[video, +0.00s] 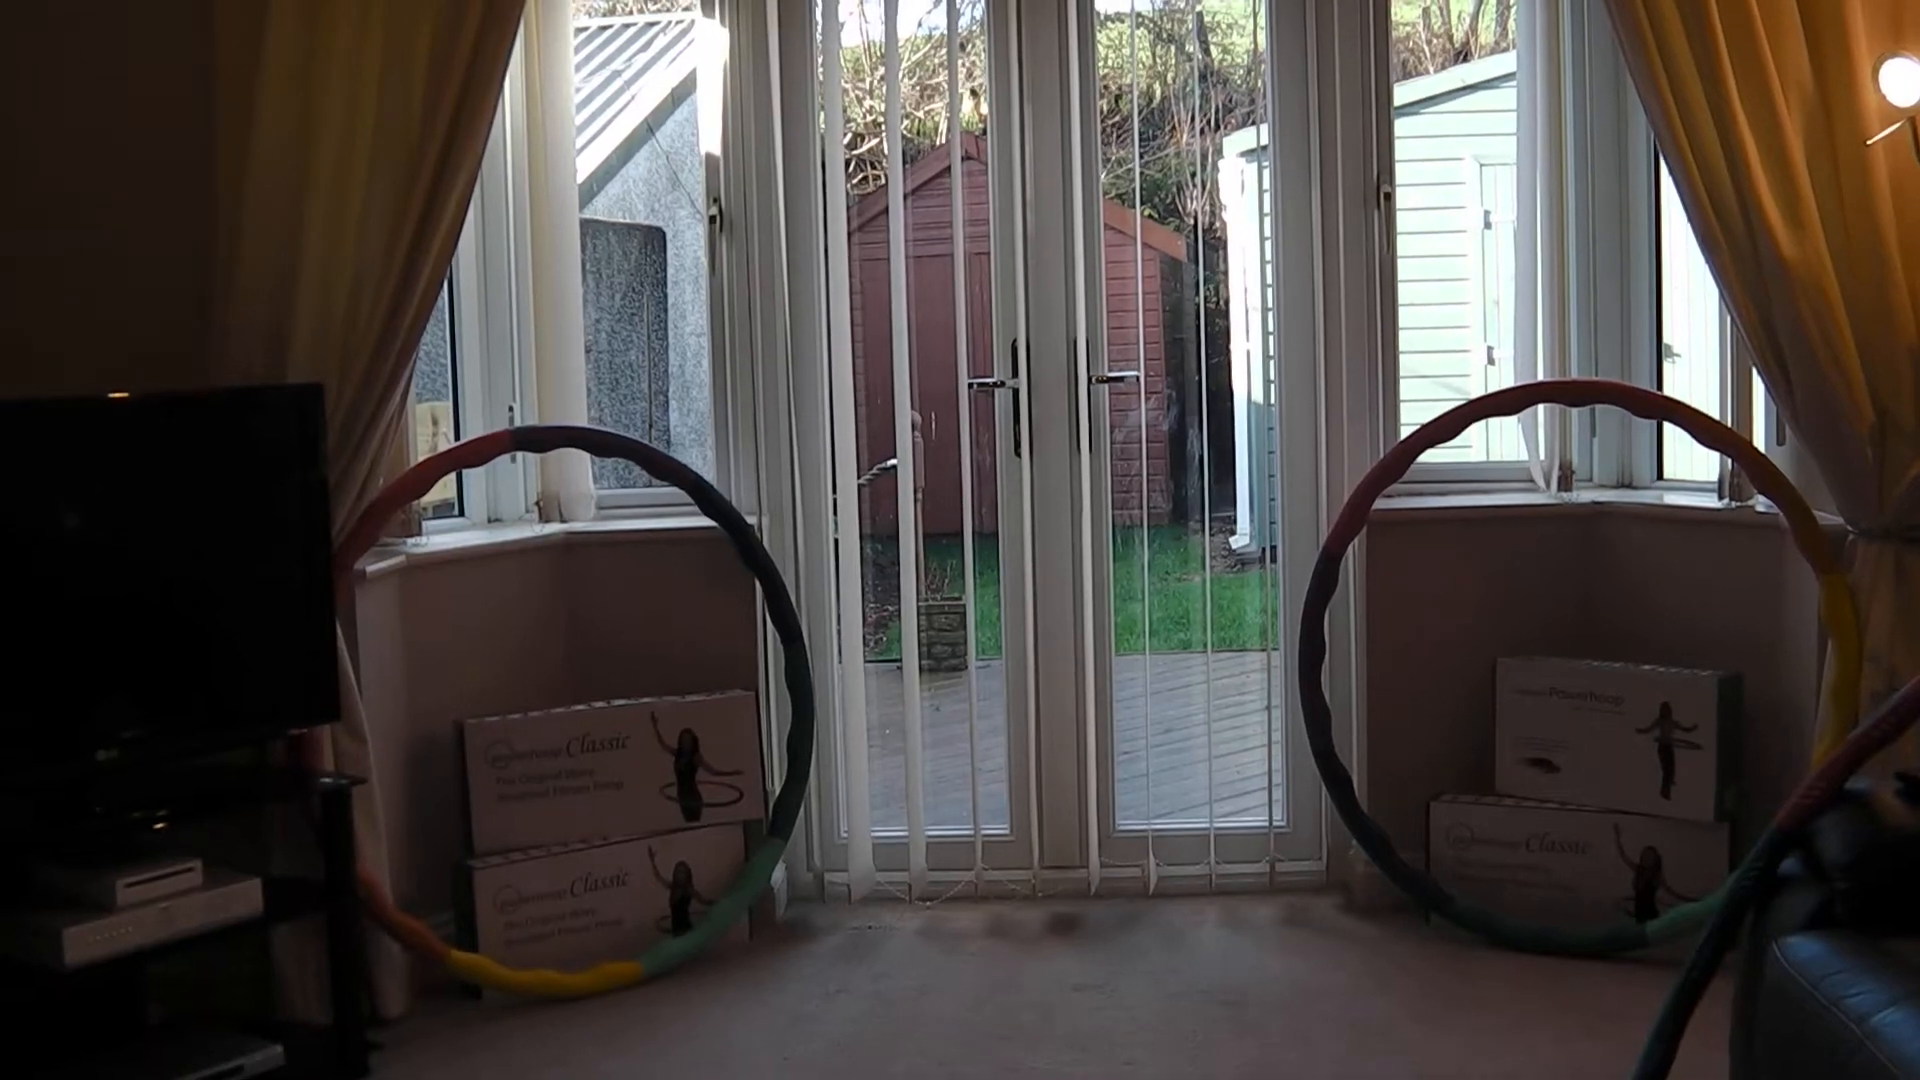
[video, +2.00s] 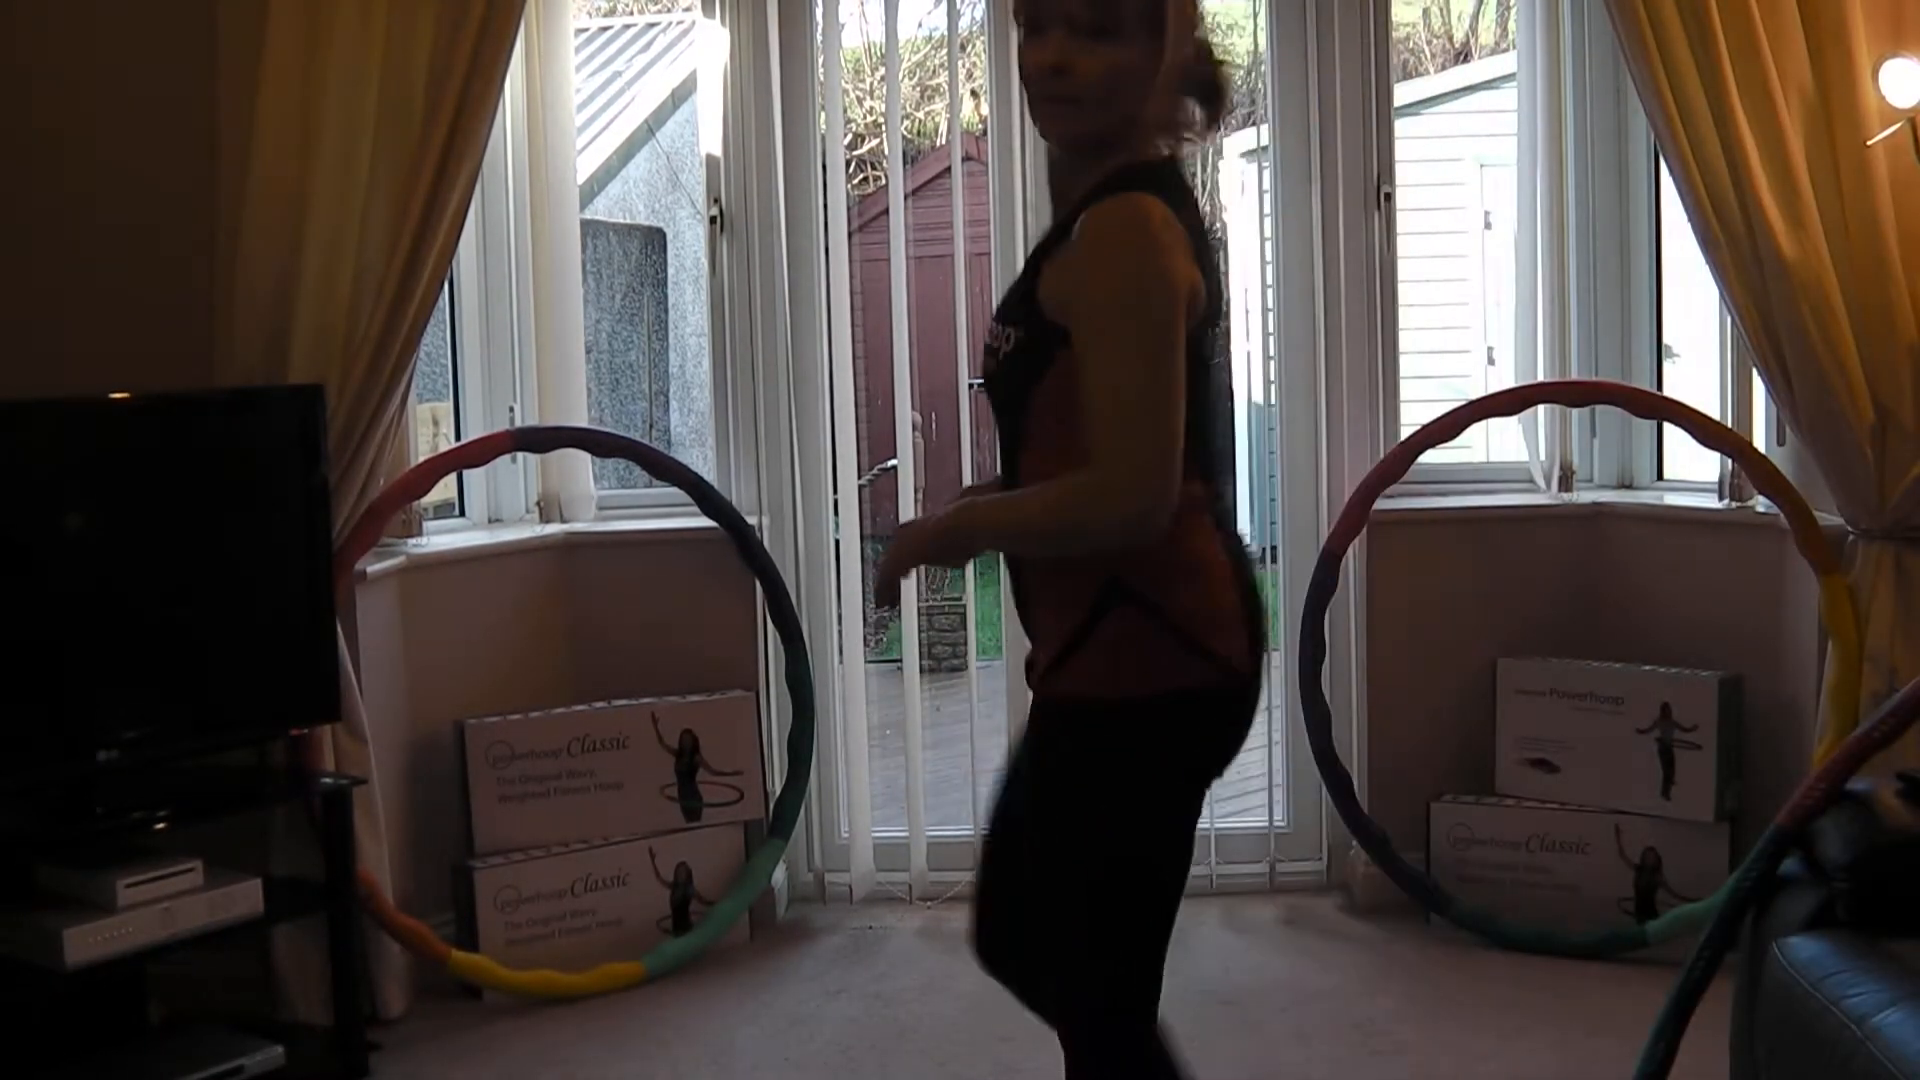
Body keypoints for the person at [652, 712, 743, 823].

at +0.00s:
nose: (685, 742)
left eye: (688, 739)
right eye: (683, 739)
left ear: (693, 741)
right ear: (680, 741)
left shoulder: (695, 757)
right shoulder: (678, 754)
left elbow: (713, 772)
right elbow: (662, 744)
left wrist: (733, 773)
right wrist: (655, 725)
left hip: (692, 794)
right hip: (681, 794)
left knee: (695, 826)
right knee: (690, 826)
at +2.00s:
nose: (685, 742)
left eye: (688, 739)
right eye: (683, 739)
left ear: (693, 741)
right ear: (680, 741)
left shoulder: (696, 757)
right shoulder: (678, 754)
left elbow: (712, 772)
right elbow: (662, 744)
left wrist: (732, 773)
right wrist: (655, 725)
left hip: (693, 795)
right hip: (682, 795)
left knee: (696, 829)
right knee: (691, 829)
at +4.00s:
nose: (685, 742)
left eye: (688, 739)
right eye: (683, 739)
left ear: (693, 741)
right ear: (680, 741)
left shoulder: (695, 757)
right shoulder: (677, 754)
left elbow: (712, 772)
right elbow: (662, 744)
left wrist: (732, 774)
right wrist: (655, 725)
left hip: (693, 794)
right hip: (682, 795)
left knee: (695, 828)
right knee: (691, 828)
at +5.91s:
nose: (686, 742)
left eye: (689, 739)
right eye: (684, 739)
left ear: (694, 741)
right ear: (680, 741)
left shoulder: (696, 757)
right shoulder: (678, 754)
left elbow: (712, 772)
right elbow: (662, 744)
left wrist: (733, 774)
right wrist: (655, 726)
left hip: (693, 795)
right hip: (682, 795)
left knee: (695, 828)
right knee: (690, 828)